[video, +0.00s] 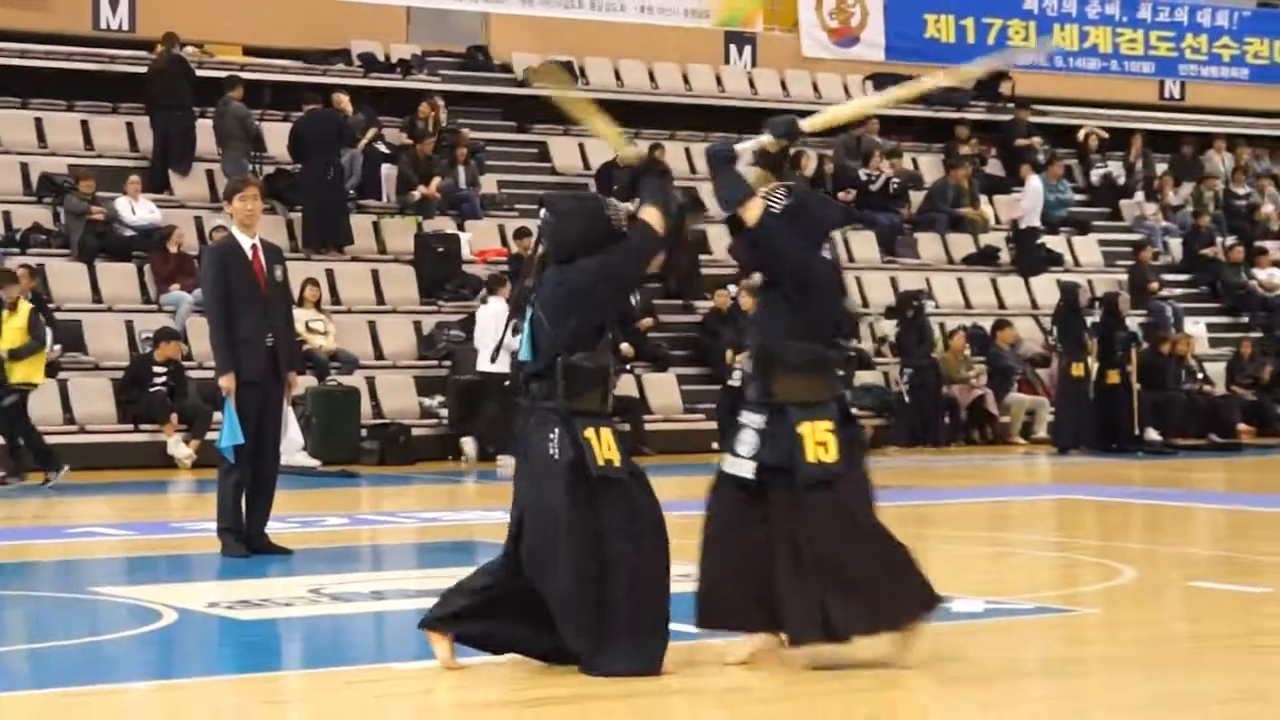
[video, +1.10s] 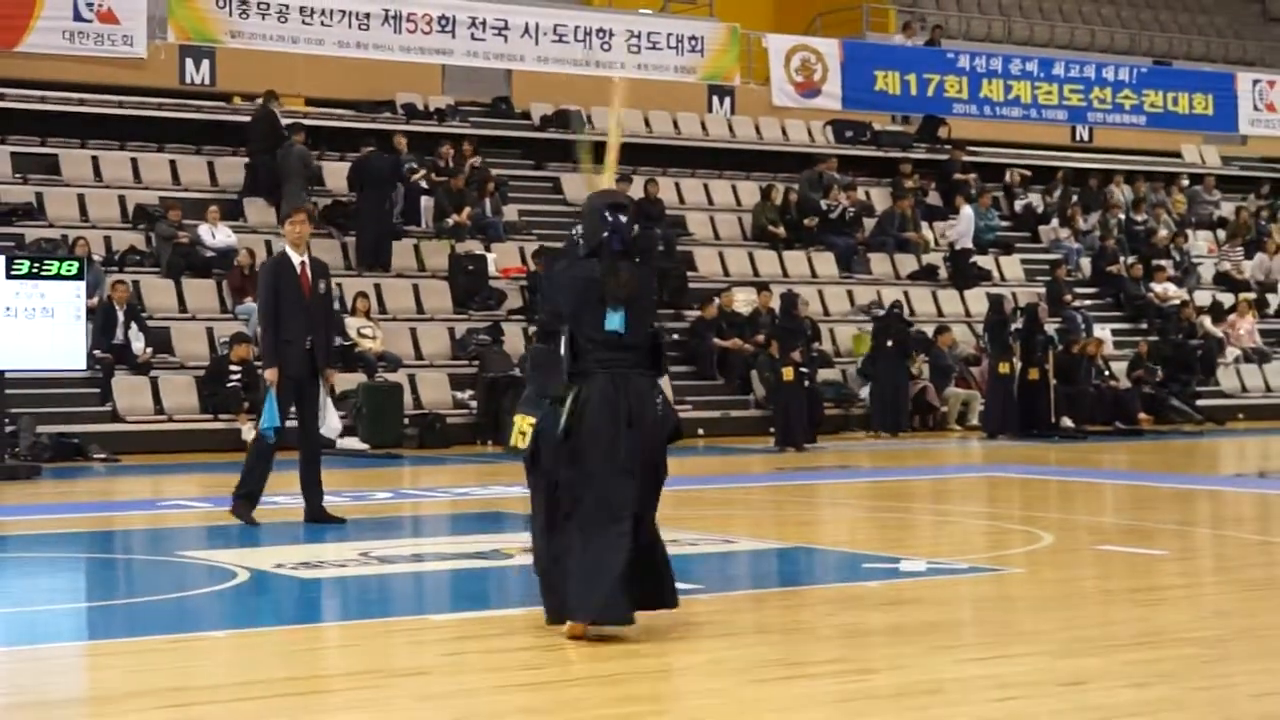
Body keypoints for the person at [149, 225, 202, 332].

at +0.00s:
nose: (180, 240)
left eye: (181, 237)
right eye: (177, 236)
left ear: (182, 239)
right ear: (168, 239)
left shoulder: (186, 257)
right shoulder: (157, 257)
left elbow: (194, 280)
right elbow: (162, 276)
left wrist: (181, 285)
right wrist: (172, 255)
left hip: (188, 291)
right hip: (166, 292)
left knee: (206, 295)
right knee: (187, 300)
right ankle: (176, 336)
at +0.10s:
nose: (198, 243)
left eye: (198, 240)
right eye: (195, 240)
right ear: (186, 242)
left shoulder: (202, 261)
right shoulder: (175, 261)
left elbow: (211, 283)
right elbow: (179, 279)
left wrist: (197, 289)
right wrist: (189, 258)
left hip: (205, 293)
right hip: (184, 294)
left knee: (224, 299)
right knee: (204, 303)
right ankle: (193, 337)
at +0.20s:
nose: (209, 247)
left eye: (209, 244)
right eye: (206, 244)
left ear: (208, 247)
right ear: (197, 246)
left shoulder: (213, 264)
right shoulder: (186, 264)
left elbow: (221, 286)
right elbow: (191, 280)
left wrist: (207, 290)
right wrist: (201, 261)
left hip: (216, 295)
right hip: (194, 296)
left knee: (233, 301)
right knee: (214, 304)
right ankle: (204, 338)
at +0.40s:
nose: (220, 249)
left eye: (221, 246)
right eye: (217, 246)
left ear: (222, 248)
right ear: (209, 248)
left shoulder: (226, 265)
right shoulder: (201, 265)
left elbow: (234, 286)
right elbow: (205, 282)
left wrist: (221, 291)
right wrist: (213, 263)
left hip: (228, 295)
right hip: (209, 296)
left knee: (245, 301)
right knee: (227, 304)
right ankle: (218, 337)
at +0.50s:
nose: (227, 250)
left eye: (228, 247)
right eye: (224, 247)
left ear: (231, 249)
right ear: (217, 249)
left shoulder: (235, 267)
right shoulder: (210, 266)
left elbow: (242, 288)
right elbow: (214, 282)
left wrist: (230, 292)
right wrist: (223, 264)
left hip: (237, 297)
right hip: (217, 298)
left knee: (254, 302)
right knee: (236, 305)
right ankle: (226, 336)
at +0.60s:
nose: (234, 255)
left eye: (237, 252)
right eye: (232, 252)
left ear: (242, 254)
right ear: (228, 254)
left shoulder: (248, 270)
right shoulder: (223, 270)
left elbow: (254, 290)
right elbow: (227, 283)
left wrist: (243, 294)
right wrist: (228, 264)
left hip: (250, 299)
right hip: (230, 300)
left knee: (266, 305)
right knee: (248, 307)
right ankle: (239, 337)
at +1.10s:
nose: (240, 258)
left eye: (244, 256)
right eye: (240, 255)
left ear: (251, 260)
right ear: (238, 258)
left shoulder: (256, 274)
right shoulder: (235, 272)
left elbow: (259, 290)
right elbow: (235, 286)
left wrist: (253, 298)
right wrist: (236, 267)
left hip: (255, 302)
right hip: (239, 304)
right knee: (255, 309)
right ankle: (250, 337)